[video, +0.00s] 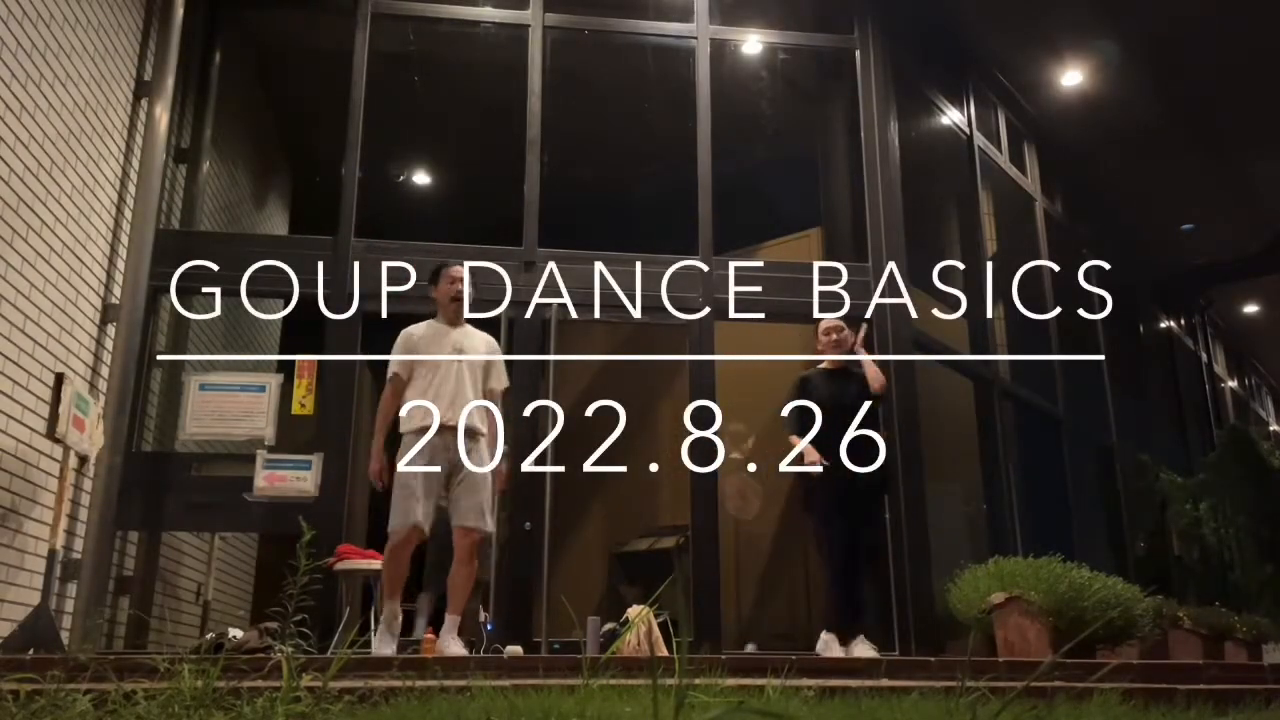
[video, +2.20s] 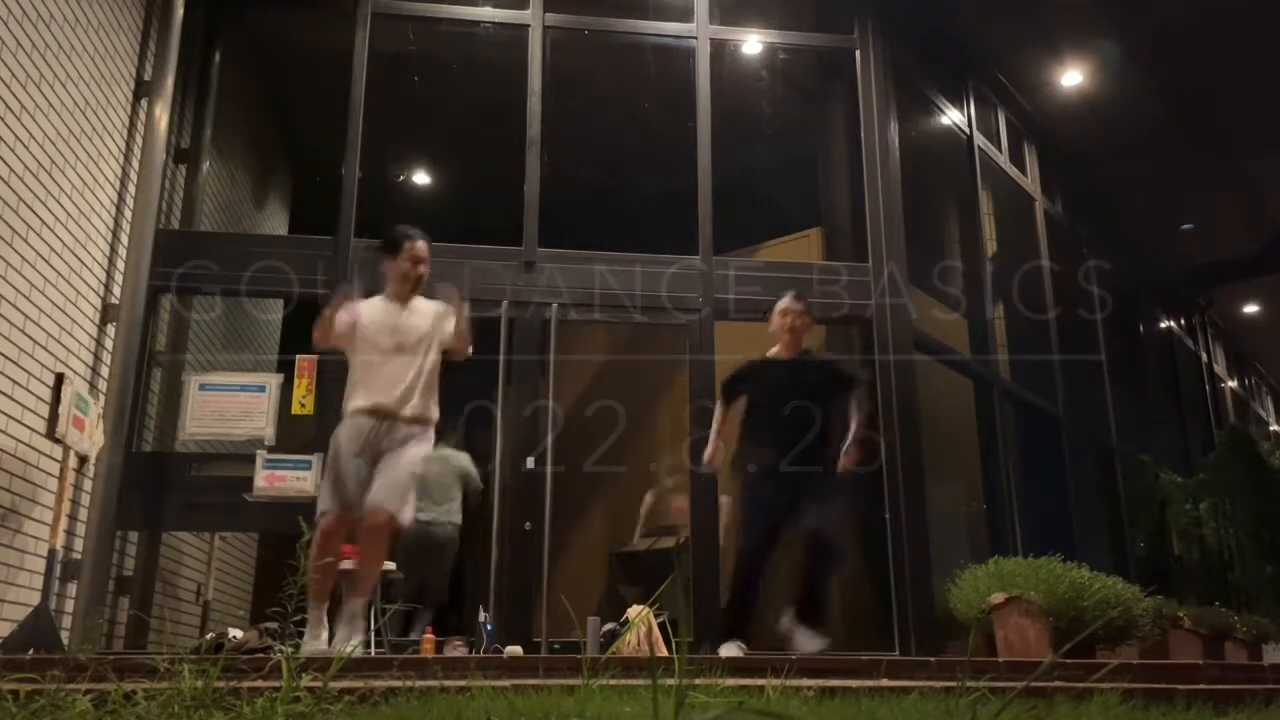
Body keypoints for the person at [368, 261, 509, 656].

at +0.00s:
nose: (459, 288)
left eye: (464, 283)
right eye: (452, 281)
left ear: (471, 293)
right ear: (434, 291)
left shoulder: (487, 344)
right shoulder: (412, 336)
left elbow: (495, 406)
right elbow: (392, 393)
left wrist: (499, 457)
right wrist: (378, 447)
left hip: (473, 445)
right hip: (421, 443)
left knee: (469, 541)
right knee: (405, 534)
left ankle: (449, 635)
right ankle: (389, 623)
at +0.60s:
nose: (453, 269)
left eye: (458, 263)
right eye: (444, 263)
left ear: (465, 273)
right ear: (427, 274)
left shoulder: (488, 324)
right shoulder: (407, 328)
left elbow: (504, 377)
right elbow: (392, 386)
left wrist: (511, 412)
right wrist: (400, 417)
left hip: (476, 433)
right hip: (423, 434)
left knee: (488, 521)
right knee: (418, 529)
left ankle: (463, 611)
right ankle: (420, 628)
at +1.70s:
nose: (484, 265)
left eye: (488, 258)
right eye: (476, 257)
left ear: (493, 267)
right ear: (453, 264)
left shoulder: (504, 321)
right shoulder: (421, 315)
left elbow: (522, 385)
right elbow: (389, 366)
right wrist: (422, 388)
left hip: (480, 430)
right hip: (423, 427)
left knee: (489, 524)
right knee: (396, 509)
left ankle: (487, 630)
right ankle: (409, 614)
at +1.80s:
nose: (473, 251)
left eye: (478, 246)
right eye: (466, 243)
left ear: (480, 255)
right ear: (442, 247)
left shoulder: (488, 304)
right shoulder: (412, 296)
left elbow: (519, 342)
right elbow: (368, 320)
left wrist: (508, 301)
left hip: (466, 414)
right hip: (408, 408)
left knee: (477, 520)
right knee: (372, 500)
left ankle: (484, 629)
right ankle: (357, 611)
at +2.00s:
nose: (450, 249)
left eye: (454, 243)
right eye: (441, 240)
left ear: (456, 249)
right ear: (417, 242)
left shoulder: (458, 297)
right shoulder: (382, 286)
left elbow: (498, 298)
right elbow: (340, 280)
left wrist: (484, 250)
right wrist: (367, 233)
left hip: (436, 406)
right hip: (378, 404)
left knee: (446, 511)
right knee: (347, 510)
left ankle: (442, 623)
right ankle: (321, 620)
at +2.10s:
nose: (436, 254)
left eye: (441, 248)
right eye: (428, 245)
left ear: (442, 254)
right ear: (404, 245)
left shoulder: (446, 300)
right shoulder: (371, 291)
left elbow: (481, 306)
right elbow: (331, 297)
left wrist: (472, 259)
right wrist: (355, 249)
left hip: (423, 416)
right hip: (367, 411)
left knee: (414, 515)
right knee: (338, 513)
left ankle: (394, 621)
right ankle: (319, 619)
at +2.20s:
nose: (419, 269)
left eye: (424, 262)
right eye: (412, 260)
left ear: (428, 267)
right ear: (388, 262)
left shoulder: (437, 314)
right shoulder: (362, 311)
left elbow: (461, 349)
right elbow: (322, 340)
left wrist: (463, 314)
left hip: (412, 428)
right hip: (361, 422)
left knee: (377, 519)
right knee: (333, 523)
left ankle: (354, 620)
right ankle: (316, 623)